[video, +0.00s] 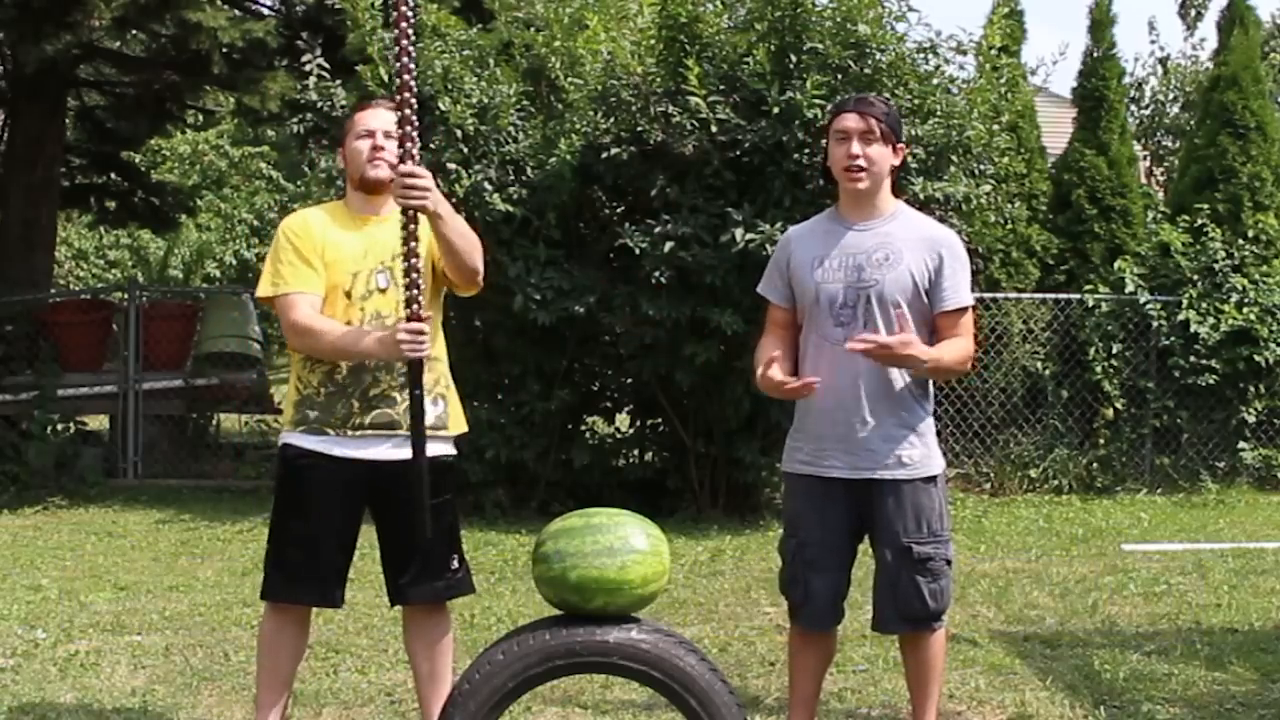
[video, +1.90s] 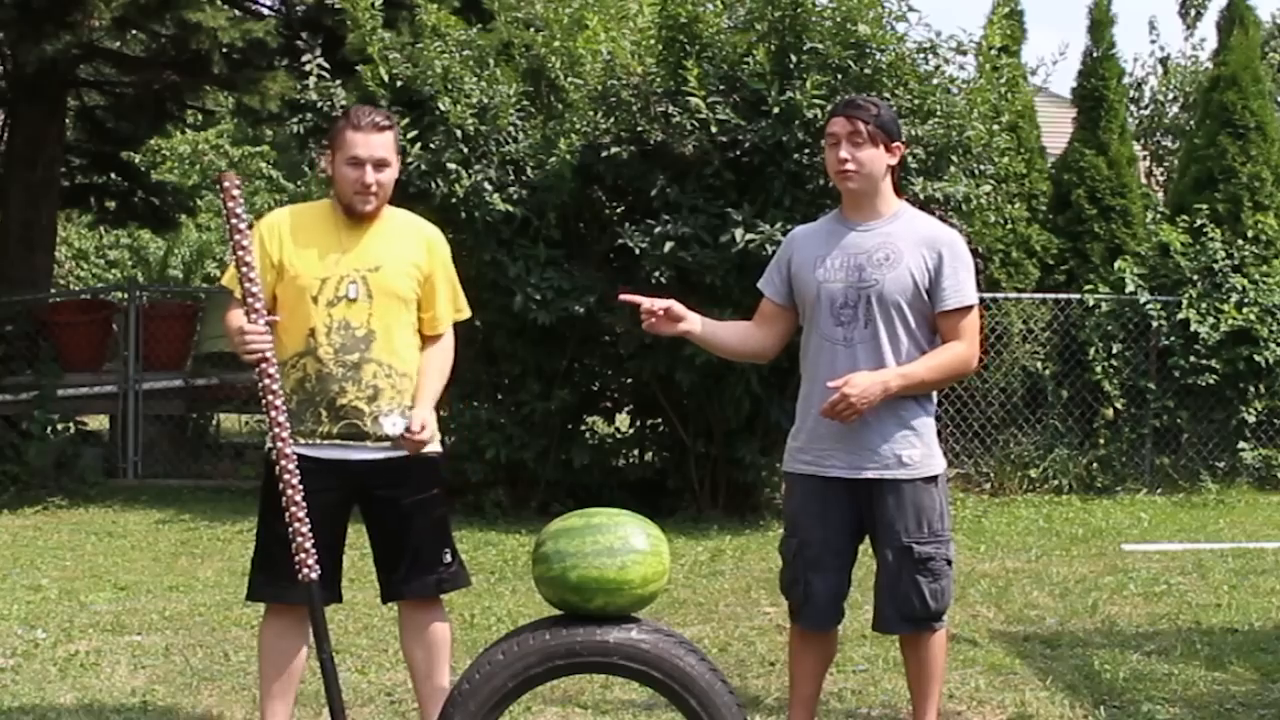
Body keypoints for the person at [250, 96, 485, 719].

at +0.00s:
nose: (381, 145)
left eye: (392, 138)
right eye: (368, 137)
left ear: (405, 153)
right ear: (341, 154)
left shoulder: (428, 221)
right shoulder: (303, 228)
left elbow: (471, 274)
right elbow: (298, 327)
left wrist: (438, 208)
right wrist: (374, 342)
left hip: (418, 443)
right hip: (320, 444)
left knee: (428, 596)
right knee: (291, 596)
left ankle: (438, 714)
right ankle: (269, 714)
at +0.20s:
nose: (382, 146)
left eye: (392, 137)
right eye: (368, 138)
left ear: (407, 152)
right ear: (342, 154)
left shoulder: (442, 228)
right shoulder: (304, 225)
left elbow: (470, 300)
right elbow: (277, 308)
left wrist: (423, 237)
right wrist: (349, 252)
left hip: (420, 443)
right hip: (320, 442)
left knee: (428, 598)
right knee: (291, 597)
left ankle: (438, 715)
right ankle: (269, 714)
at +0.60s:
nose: (391, 157)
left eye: (404, 147)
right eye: (378, 147)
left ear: (427, 159)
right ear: (359, 159)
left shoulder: (455, 235)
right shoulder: (325, 221)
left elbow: (454, 329)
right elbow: (262, 286)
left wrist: (361, 309)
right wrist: (297, 205)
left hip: (420, 450)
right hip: (321, 442)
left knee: (432, 599)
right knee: (293, 595)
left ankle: (438, 717)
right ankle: (269, 715)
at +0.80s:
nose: (387, 167)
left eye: (401, 155)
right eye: (376, 154)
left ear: (428, 161)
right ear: (359, 160)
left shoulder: (461, 238)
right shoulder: (321, 226)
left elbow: (486, 338)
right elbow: (260, 305)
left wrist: (410, 381)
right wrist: (264, 237)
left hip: (423, 454)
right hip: (321, 448)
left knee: (433, 599)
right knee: (292, 593)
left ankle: (437, 717)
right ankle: (270, 713)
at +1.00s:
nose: (382, 182)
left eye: (397, 168)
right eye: (370, 168)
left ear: (427, 162)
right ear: (356, 164)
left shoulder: (463, 239)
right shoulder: (322, 225)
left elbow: (485, 343)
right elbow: (268, 303)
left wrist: (489, 442)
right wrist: (244, 250)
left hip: (426, 453)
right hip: (326, 447)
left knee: (434, 598)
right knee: (292, 590)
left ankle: (439, 716)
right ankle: (271, 712)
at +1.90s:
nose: (370, 178)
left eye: (382, 164)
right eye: (356, 163)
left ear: (398, 167)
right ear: (328, 163)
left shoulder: (423, 240)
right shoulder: (277, 233)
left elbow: (440, 335)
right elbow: (240, 309)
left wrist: (425, 404)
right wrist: (245, 335)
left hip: (403, 454)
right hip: (305, 452)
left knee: (423, 598)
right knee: (289, 600)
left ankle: (438, 718)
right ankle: (275, 718)